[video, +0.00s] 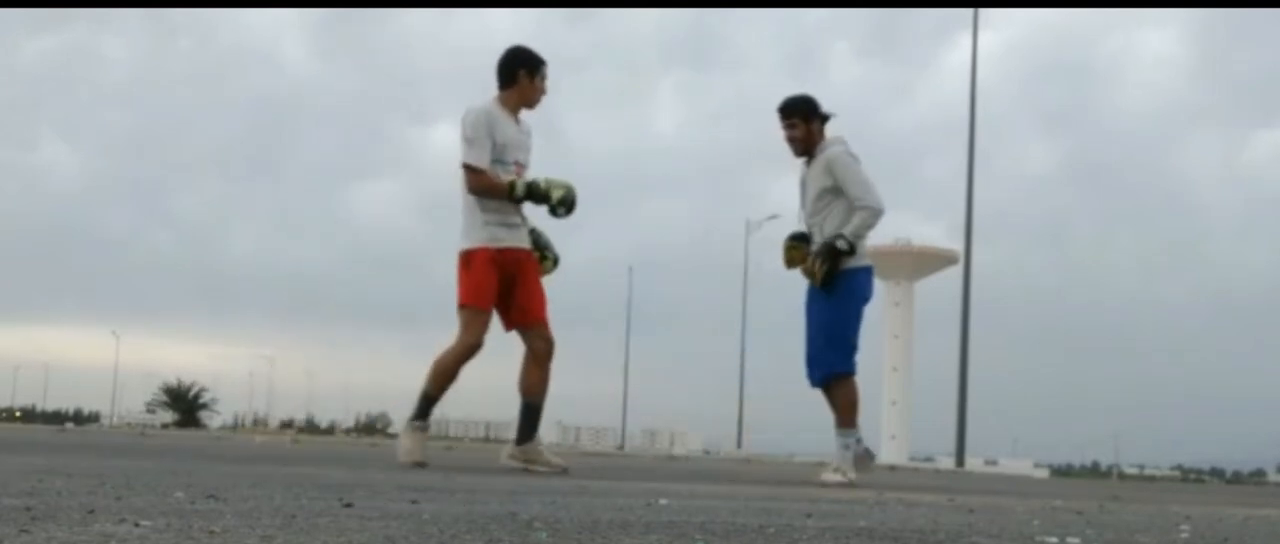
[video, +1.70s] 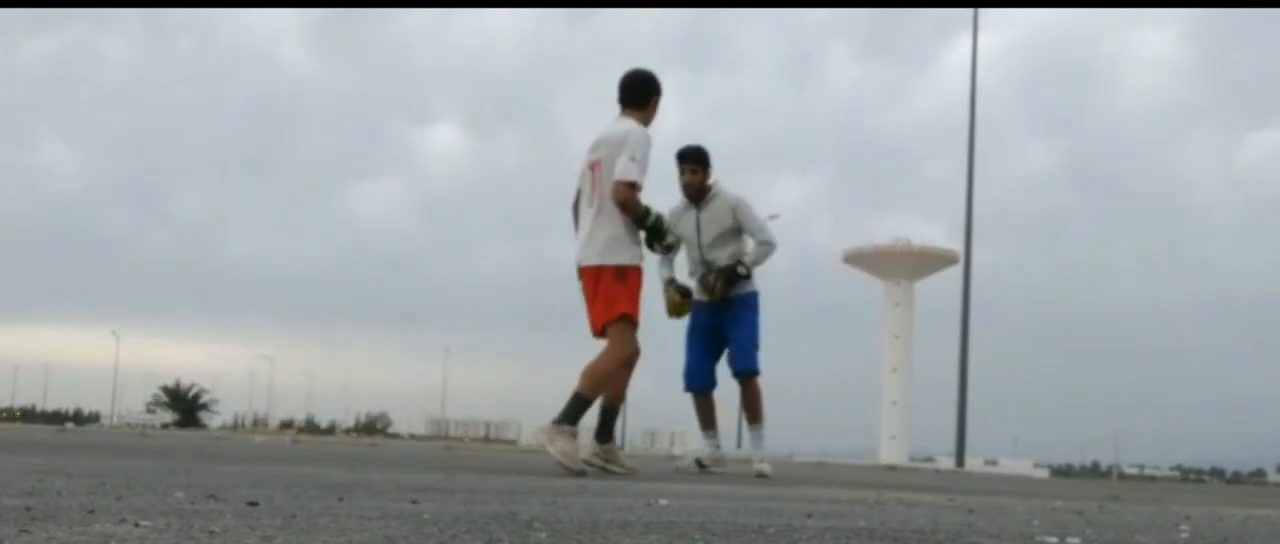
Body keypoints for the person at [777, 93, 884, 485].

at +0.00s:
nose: (789, 135)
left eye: (795, 127)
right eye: (785, 128)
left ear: (816, 125)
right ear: (788, 130)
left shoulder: (836, 156)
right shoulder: (810, 168)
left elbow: (871, 206)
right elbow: (818, 218)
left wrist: (840, 245)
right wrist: (803, 239)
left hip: (846, 273)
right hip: (825, 273)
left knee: (837, 364)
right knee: (822, 366)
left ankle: (846, 457)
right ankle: (854, 448)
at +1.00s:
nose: (765, 174)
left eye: (771, 166)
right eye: (761, 168)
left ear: (788, 166)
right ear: (759, 171)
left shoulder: (810, 196)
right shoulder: (772, 211)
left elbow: (839, 240)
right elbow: (786, 260)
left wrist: (810, 271)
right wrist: (770, 283)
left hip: (830, 292)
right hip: (803, 298)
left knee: (808, 369)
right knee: (791, 376)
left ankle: (833, 457)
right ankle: (816, 456)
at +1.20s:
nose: (755, 180)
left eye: (761, 172)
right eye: (752, 173)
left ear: (779, 172)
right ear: (750, 175)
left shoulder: (806, 206)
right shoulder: (757, 219)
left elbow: (812, 260)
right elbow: (770, 266)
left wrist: (774, 289)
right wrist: (760, 294)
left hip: (814, 298)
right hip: (784, 302)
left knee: (804, 373)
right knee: (748, 368)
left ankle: (830, 458)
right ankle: (782, 440)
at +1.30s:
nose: (742, 182)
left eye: (748, 175)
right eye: (738, 175)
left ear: (764, 175)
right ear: (736, 178)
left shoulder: (788, 209)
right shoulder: (747, 216)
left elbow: (784, 266)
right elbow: (755, 261)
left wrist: (762, 301)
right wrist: (749, 280)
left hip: (804, 299)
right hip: (773, 301)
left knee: (800, 375)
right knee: (742, 371)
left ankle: (828, 459)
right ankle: (741, 449)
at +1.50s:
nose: (701, 197)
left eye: (707, 190)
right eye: (699, 190)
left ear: (722, 190)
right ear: (700, 191)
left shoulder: (742, 221)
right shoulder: (717, 223)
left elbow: (767, 272)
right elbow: (718, 266)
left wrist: (754, 315)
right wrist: (713, 267)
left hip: (770, 307)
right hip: (743, 307)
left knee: (784, 379)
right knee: (708, 378)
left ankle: (819, 457)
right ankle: (713, 452)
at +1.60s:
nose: (693, 188)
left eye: (700, 181)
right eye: (689, 181)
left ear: (713, 183)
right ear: (684, 184)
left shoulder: (735, 213)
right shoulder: (692, 222)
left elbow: (766, 255)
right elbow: (689, 273)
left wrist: (751, 295)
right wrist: (695, 275)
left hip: (753, 303)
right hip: (722, 307)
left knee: (768, 375)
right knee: (700, 381)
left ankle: (793, 453)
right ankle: (713, 451)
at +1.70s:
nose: (687, 180)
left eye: (694, 173)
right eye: (683, 173)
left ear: (707, 175)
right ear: (678, 176)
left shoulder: (732, 205)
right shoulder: (676, 217)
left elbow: (766, 242)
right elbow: (665, 255)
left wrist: (739, 268)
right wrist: (670, 283)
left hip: (739, 300)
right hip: (703, 303)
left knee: (745, 370)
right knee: (697, 378)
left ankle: (758, 451)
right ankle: (712, 449)